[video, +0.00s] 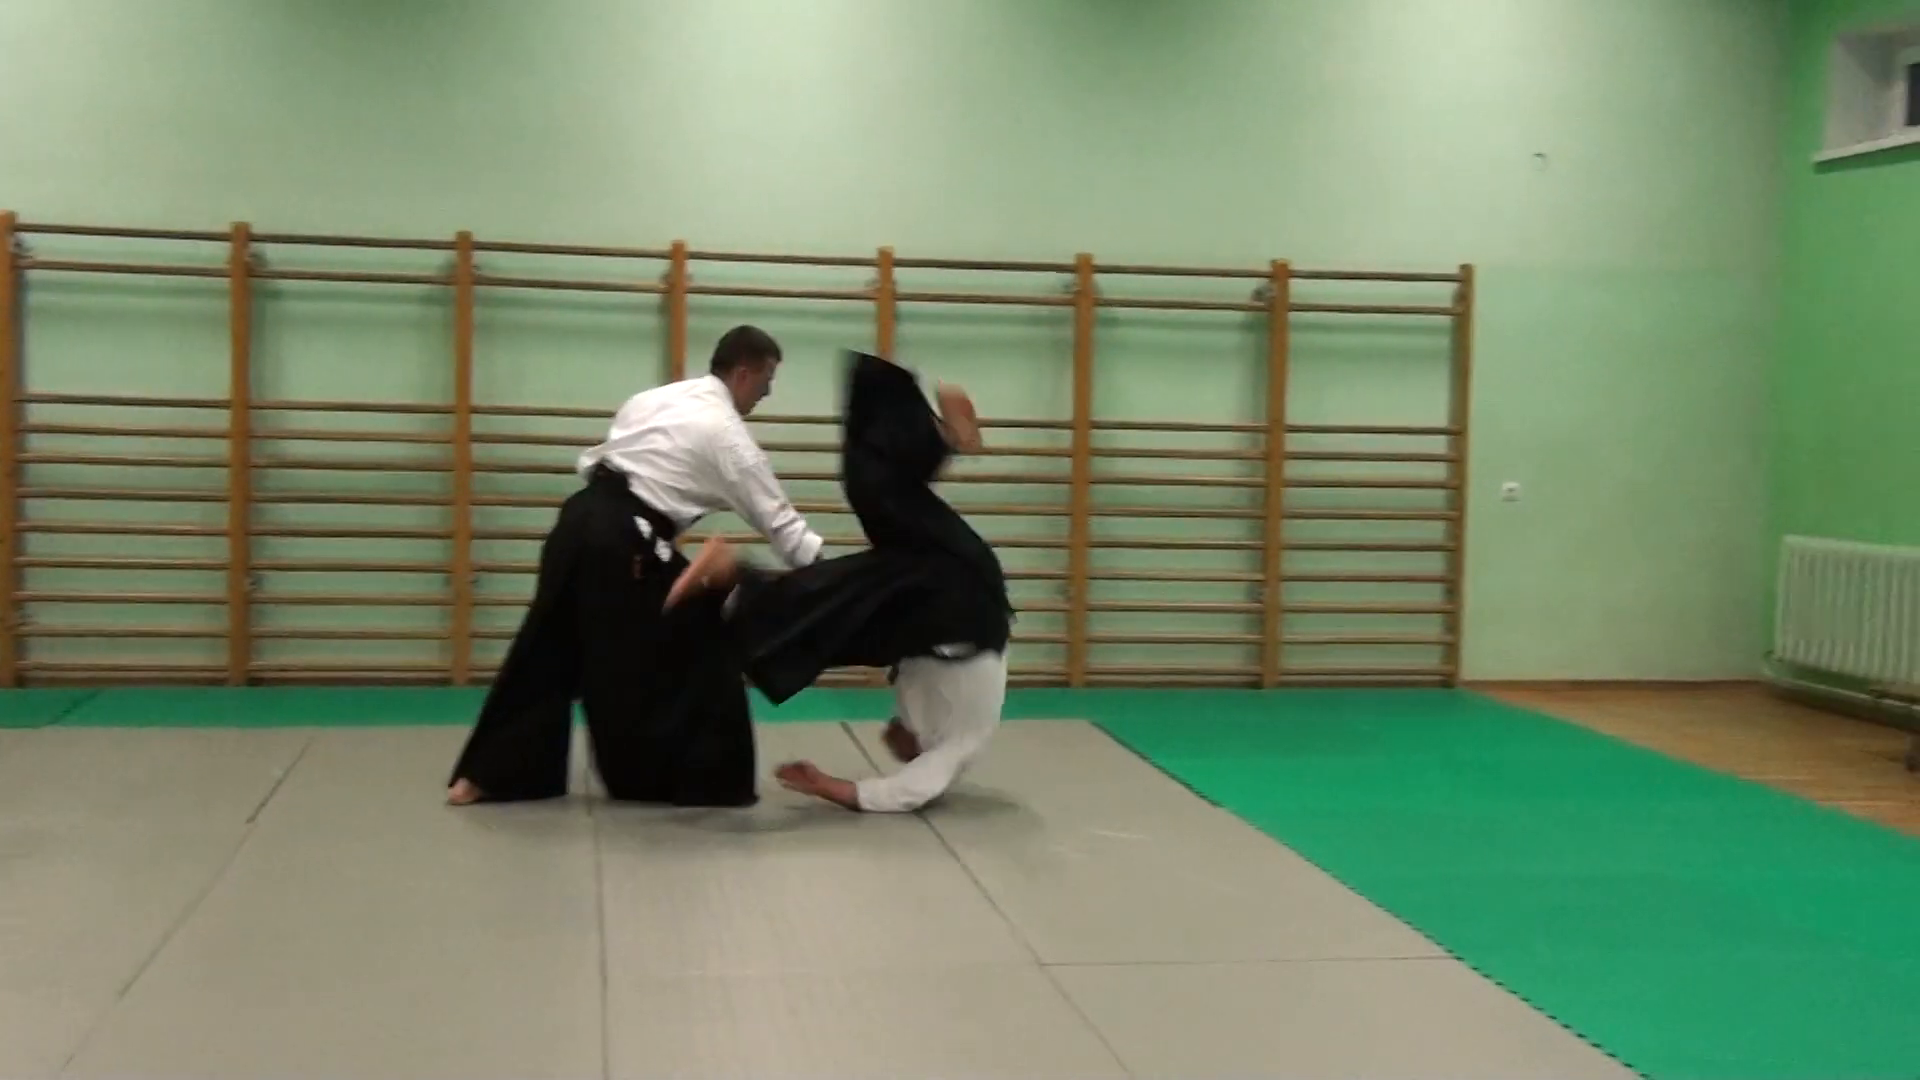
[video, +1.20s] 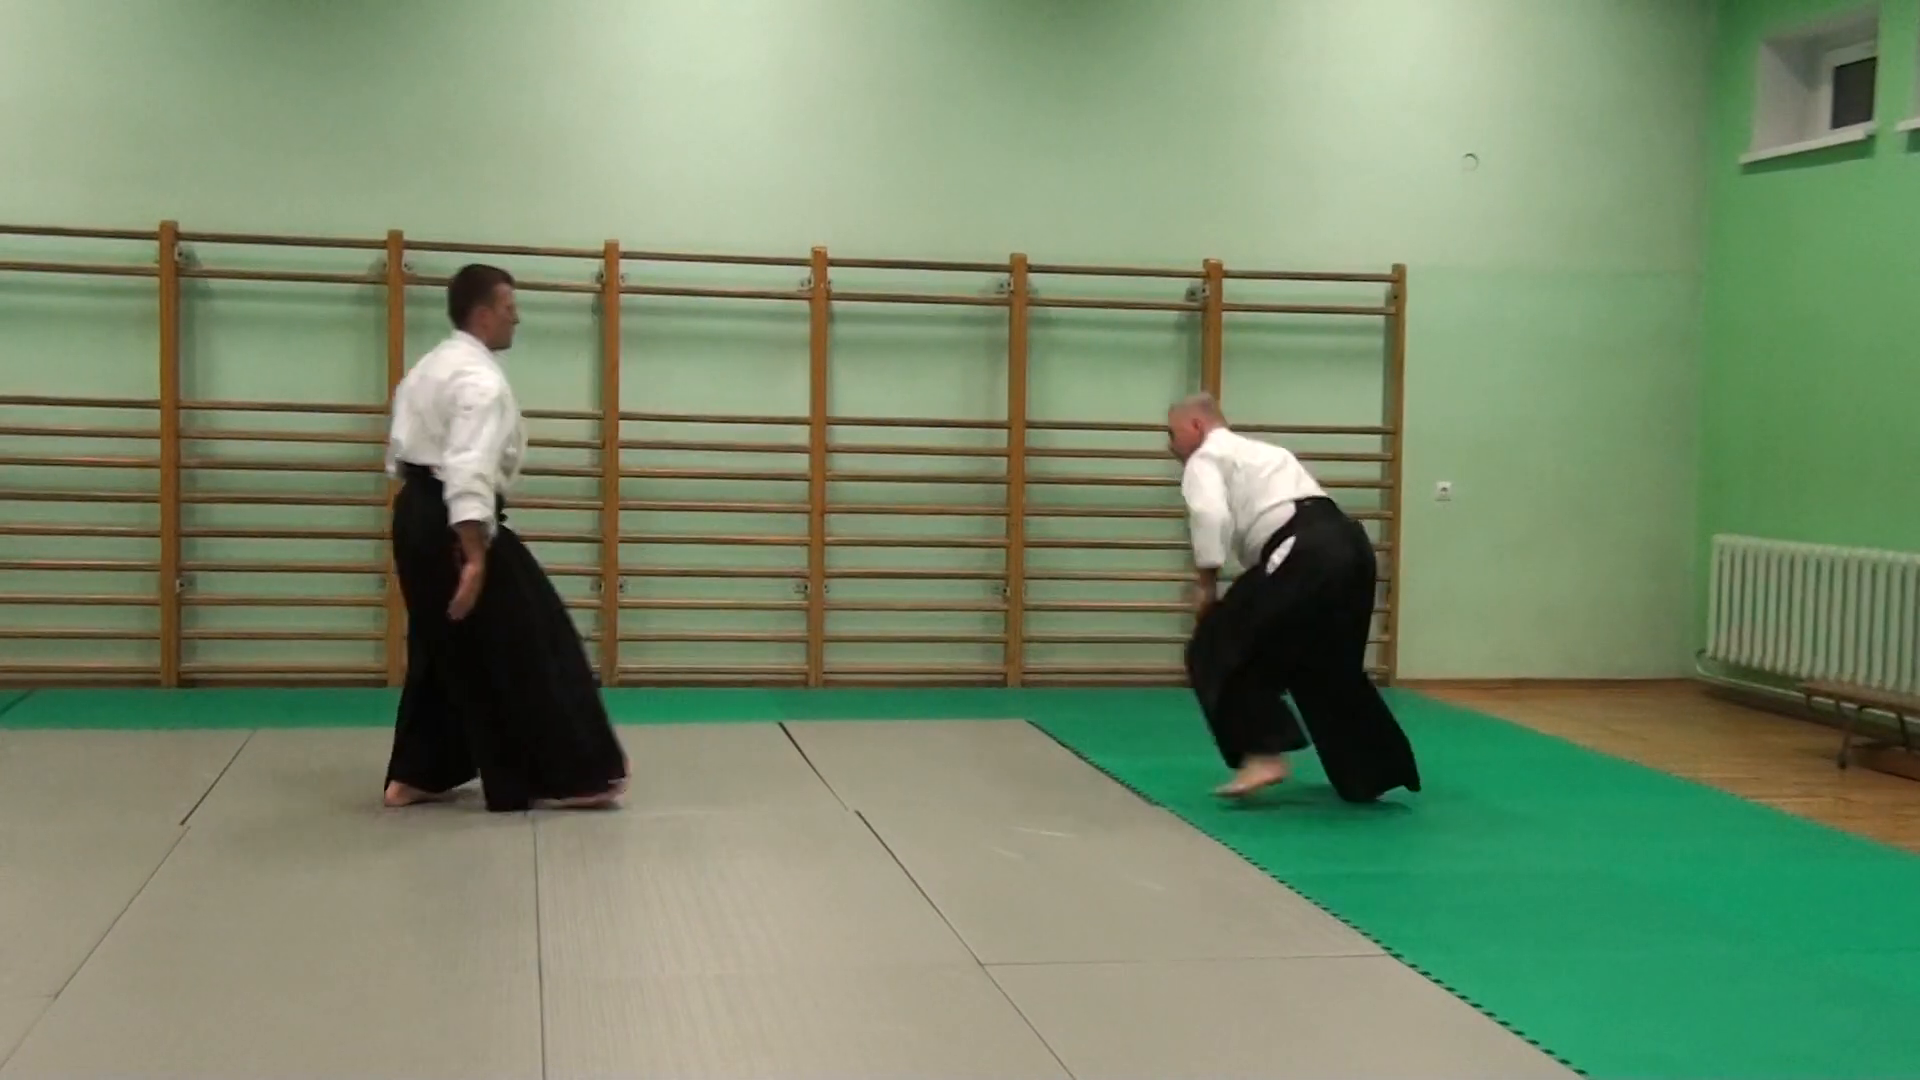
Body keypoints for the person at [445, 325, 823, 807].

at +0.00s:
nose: (768, 390)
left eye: (770, 380)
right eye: (766, 379)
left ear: (726, 368)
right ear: (743, 372)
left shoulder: (654, 399)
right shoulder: (726, 430)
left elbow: (592, 463)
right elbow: (776, 517)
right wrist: (829, 573)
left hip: (579, 520)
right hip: (629, 541)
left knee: (544, 652)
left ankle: (479, 773)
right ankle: (646, 781)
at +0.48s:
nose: (687, 375)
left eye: (689, 364)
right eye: (685, 363)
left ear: (643, 355)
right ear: (658, 358)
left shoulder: (578, 394)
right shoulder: (651, 419)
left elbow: (535, 468)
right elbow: (708, 497)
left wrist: (590, 520)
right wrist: (770, 563)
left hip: (517, 527)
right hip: (572, 543)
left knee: (478, 653)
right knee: (652, 650)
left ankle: (410, 776)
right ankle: (651, 781)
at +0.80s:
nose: (661, 362)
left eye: (662, 350)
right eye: (658, 349)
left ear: (617, 348)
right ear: (632, 349)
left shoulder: (554, 389)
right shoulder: (626, 405)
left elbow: (516, 467)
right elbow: (672, 488)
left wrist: (583, 514)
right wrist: (712, 568)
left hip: (507, 528)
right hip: (564, 538)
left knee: (493, 657)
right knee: (641, 646)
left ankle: (415, 772)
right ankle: (654, 777)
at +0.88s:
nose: (639, 354)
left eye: (639, 343)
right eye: (634, 342)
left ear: (594, 341)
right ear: (608, 342)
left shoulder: (533, 388)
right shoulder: (607, 405)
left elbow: (497, 472)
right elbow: (643, 495)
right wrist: (671, 579)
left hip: (496, 530)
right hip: (554, 542)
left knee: (490, 659)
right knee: (633, 647)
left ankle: (413, 771)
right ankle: (646, 777)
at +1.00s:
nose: (592, 342)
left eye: (592, 331)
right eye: (587, 331)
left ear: (545, 331)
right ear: (562, 330)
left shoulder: (494, 382)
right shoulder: (564, 398)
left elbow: (464, 468)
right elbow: (575, 485)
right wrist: (585, 568)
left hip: (470, 527)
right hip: (522, 536)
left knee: (479, 657)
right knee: (607, 639)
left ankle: (415, 772)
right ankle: (651, 774)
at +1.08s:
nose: (560, 331)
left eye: (559, 320)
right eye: (554, 320)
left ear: (511, 323)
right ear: (527, 322)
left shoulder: (466, 375)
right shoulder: (527, 388)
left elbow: (442, 463)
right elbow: (527, 478)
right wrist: (533, 560)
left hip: (447, 524)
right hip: (495, 528)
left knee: (464, 653)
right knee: (581, 640)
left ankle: (413, 773)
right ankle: (631, 763)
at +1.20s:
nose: (516, 318)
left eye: (514, 308)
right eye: (509, 309)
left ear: (469, 314)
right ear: (480, 313)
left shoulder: (424, 369)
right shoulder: (482, 382)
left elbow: (400, 459)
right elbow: (470, 472)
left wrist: (417, 511)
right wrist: (475, 557)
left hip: (415, 518)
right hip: (460, 521)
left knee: (439, 647)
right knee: (541, 637)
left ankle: (409, 774)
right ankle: (577, 772)